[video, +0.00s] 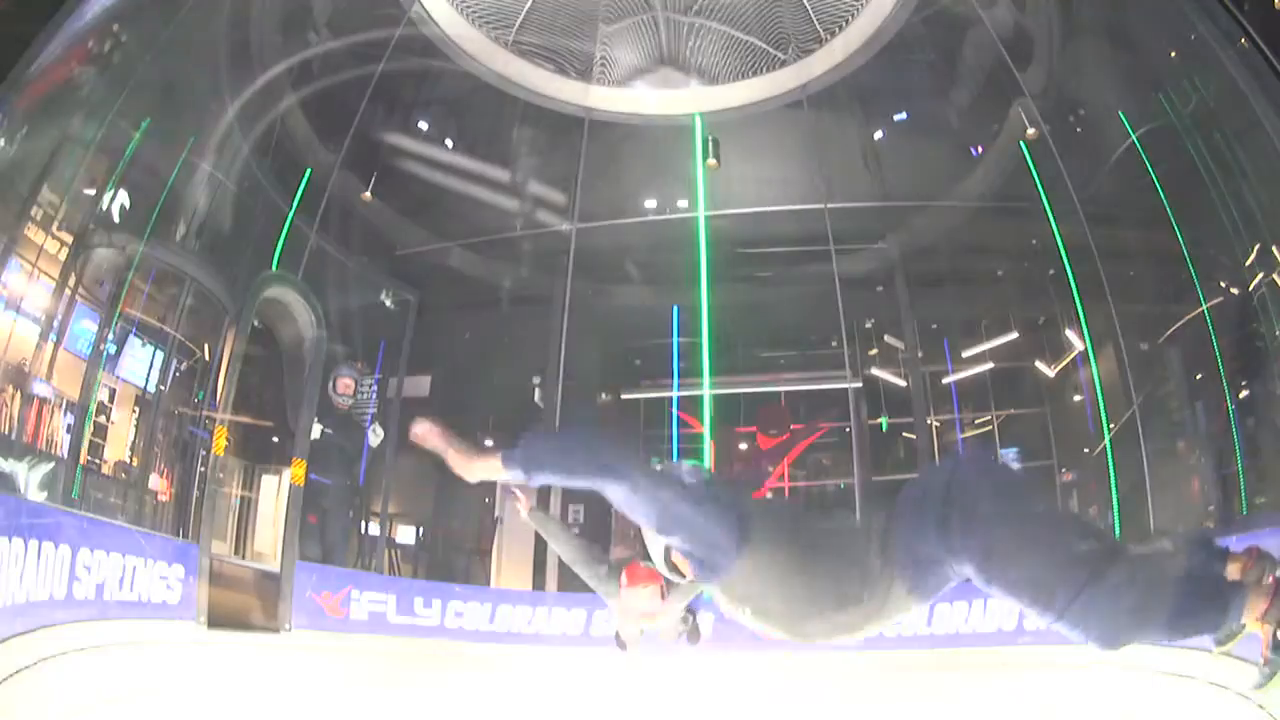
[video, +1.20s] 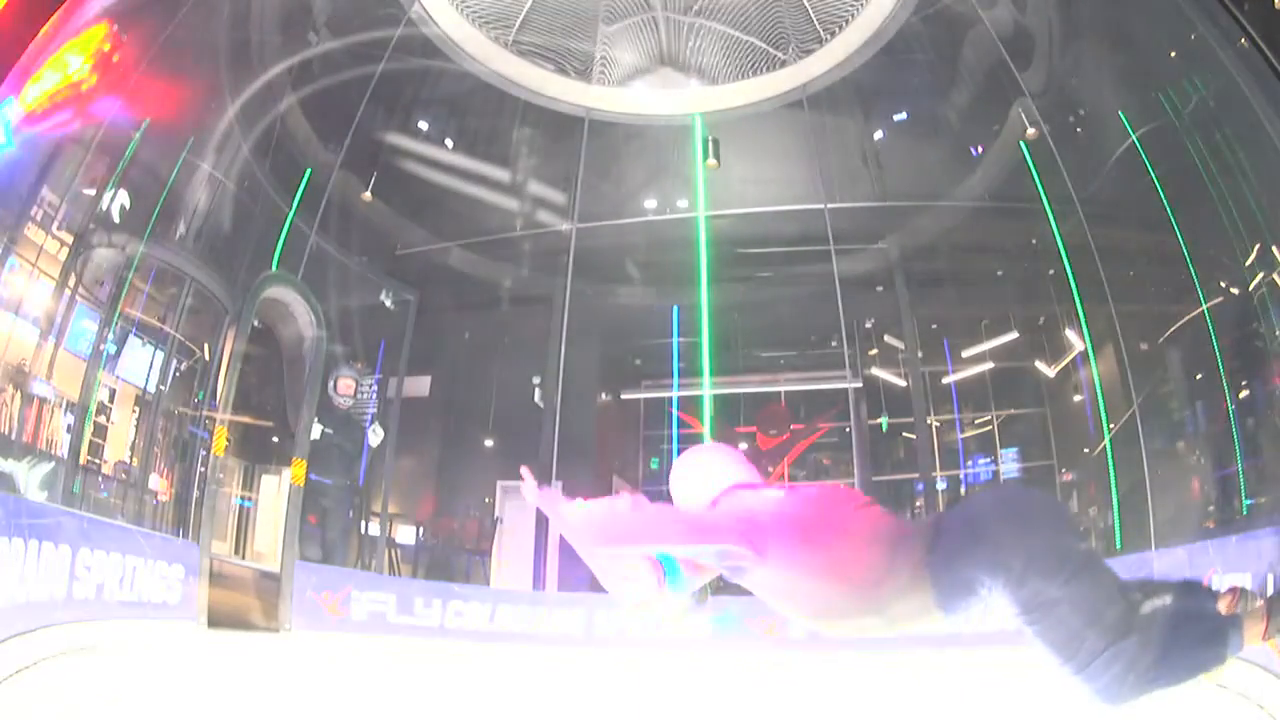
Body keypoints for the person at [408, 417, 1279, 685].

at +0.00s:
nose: (645, 590)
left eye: (634, 585)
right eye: (636, 597)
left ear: (650, 564)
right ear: (655, 595)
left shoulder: (717, 542)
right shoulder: (737, 597)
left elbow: (616, 465)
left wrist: (488, 459)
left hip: (955, 504)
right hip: (950, 539)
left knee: (1101, 604)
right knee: (1108, 585)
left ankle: (1248, 596)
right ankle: (1243, 580)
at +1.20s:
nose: (687, 516)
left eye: (688, 501)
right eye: (686, 501)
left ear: (718, 488)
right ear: (735, 477)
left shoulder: (763, 518)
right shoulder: (783, 516)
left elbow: (646, 522)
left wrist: (561, 513)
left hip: (997, 543)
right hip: (992, 533)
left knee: (1120, 669)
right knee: (1115, 614)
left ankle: (1248, 622)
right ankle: (1226, 600)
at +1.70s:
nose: (676, 483)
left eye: (683, 472)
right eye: (679, 471)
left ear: (711, 473)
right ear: (730, 469)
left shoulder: (746, 517)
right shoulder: (747, 512)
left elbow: (628, 551)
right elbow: (642, 548)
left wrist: (501, 580)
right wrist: (539, 556)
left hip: (1014, 529)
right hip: (995, 534)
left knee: (1125, 648)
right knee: (1116, 614)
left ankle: (1236, 615)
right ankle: (1222, 601)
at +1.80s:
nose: (655, 566)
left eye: (661, 546)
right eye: (649, 551)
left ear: (696, 517)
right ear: (709, 496)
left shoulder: (757, 519)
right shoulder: (754, 518)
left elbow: (621, 535)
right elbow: (636, 526)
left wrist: (468, 557)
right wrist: (539, 518)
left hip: (1025, 530)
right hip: (1006, 540)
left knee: (1139, 653)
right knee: (1131, 607)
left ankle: (1245, 616)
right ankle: (1233, 603)